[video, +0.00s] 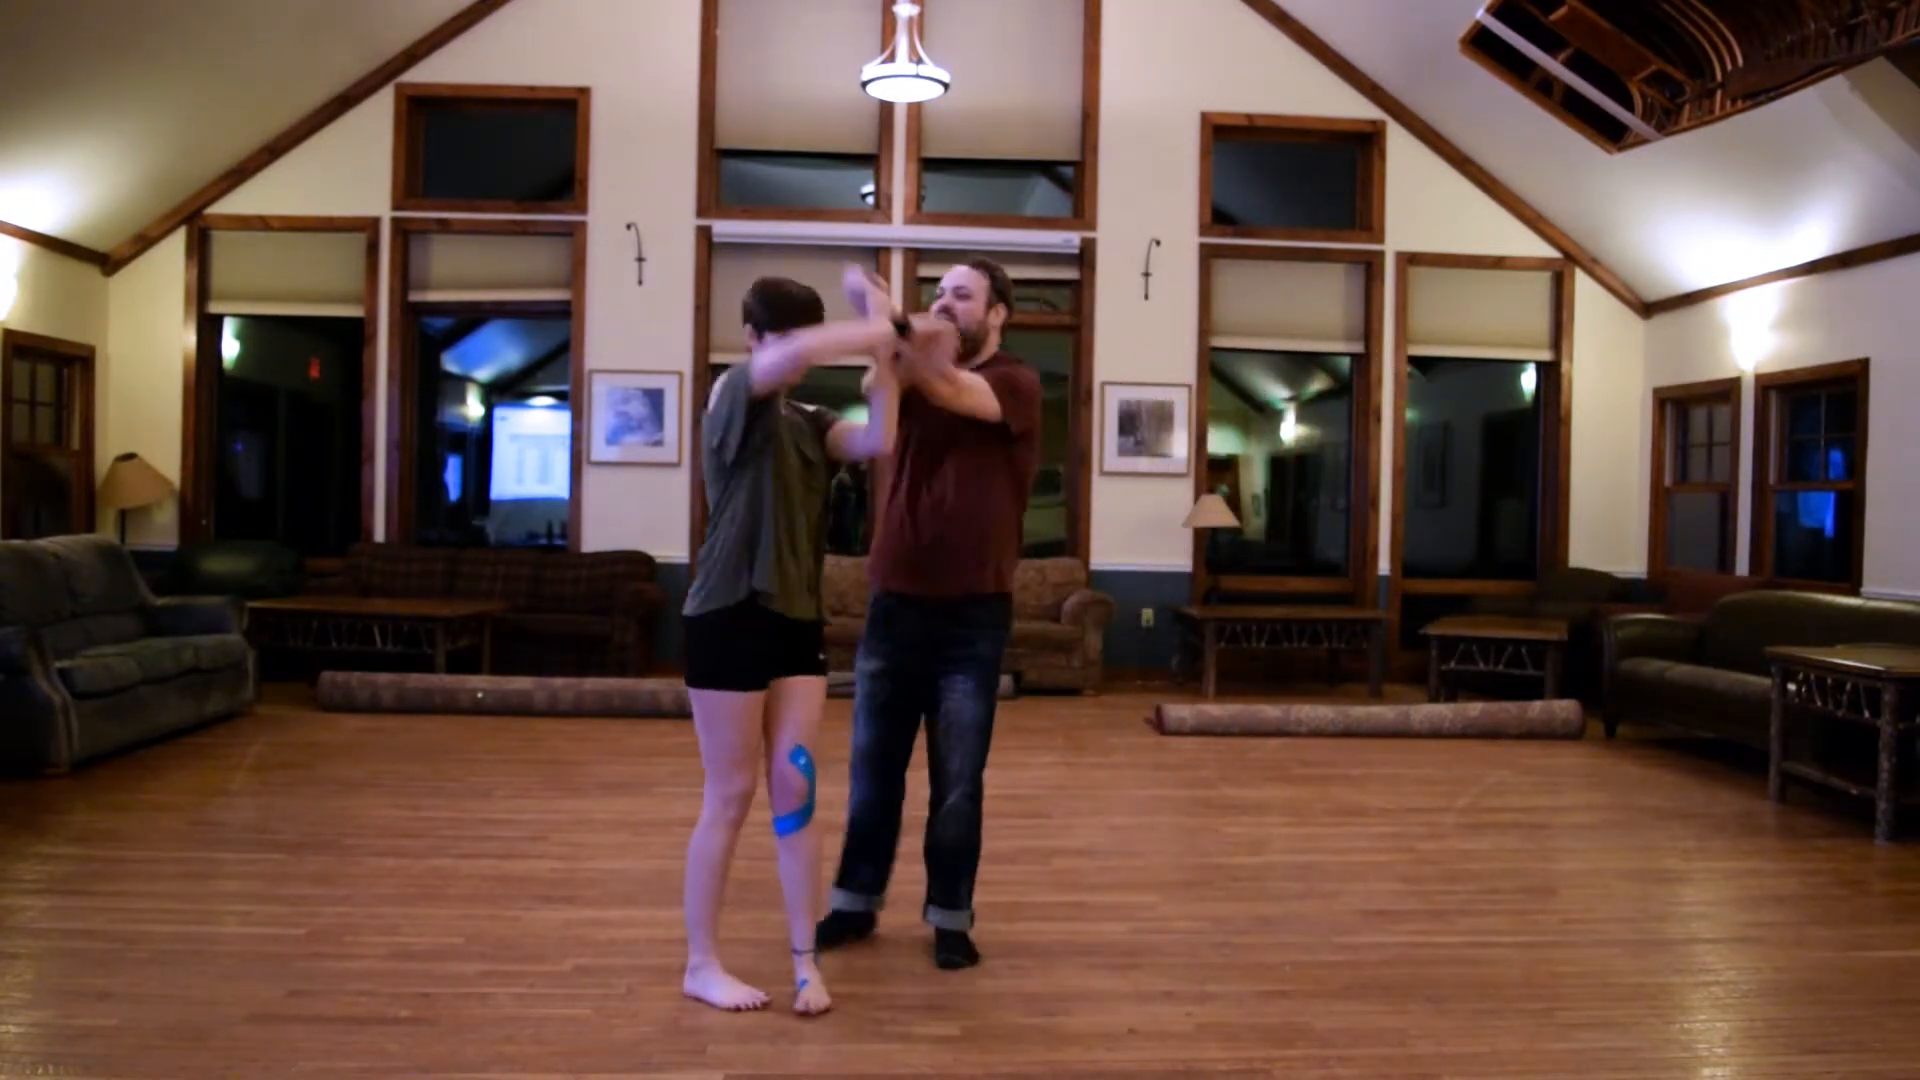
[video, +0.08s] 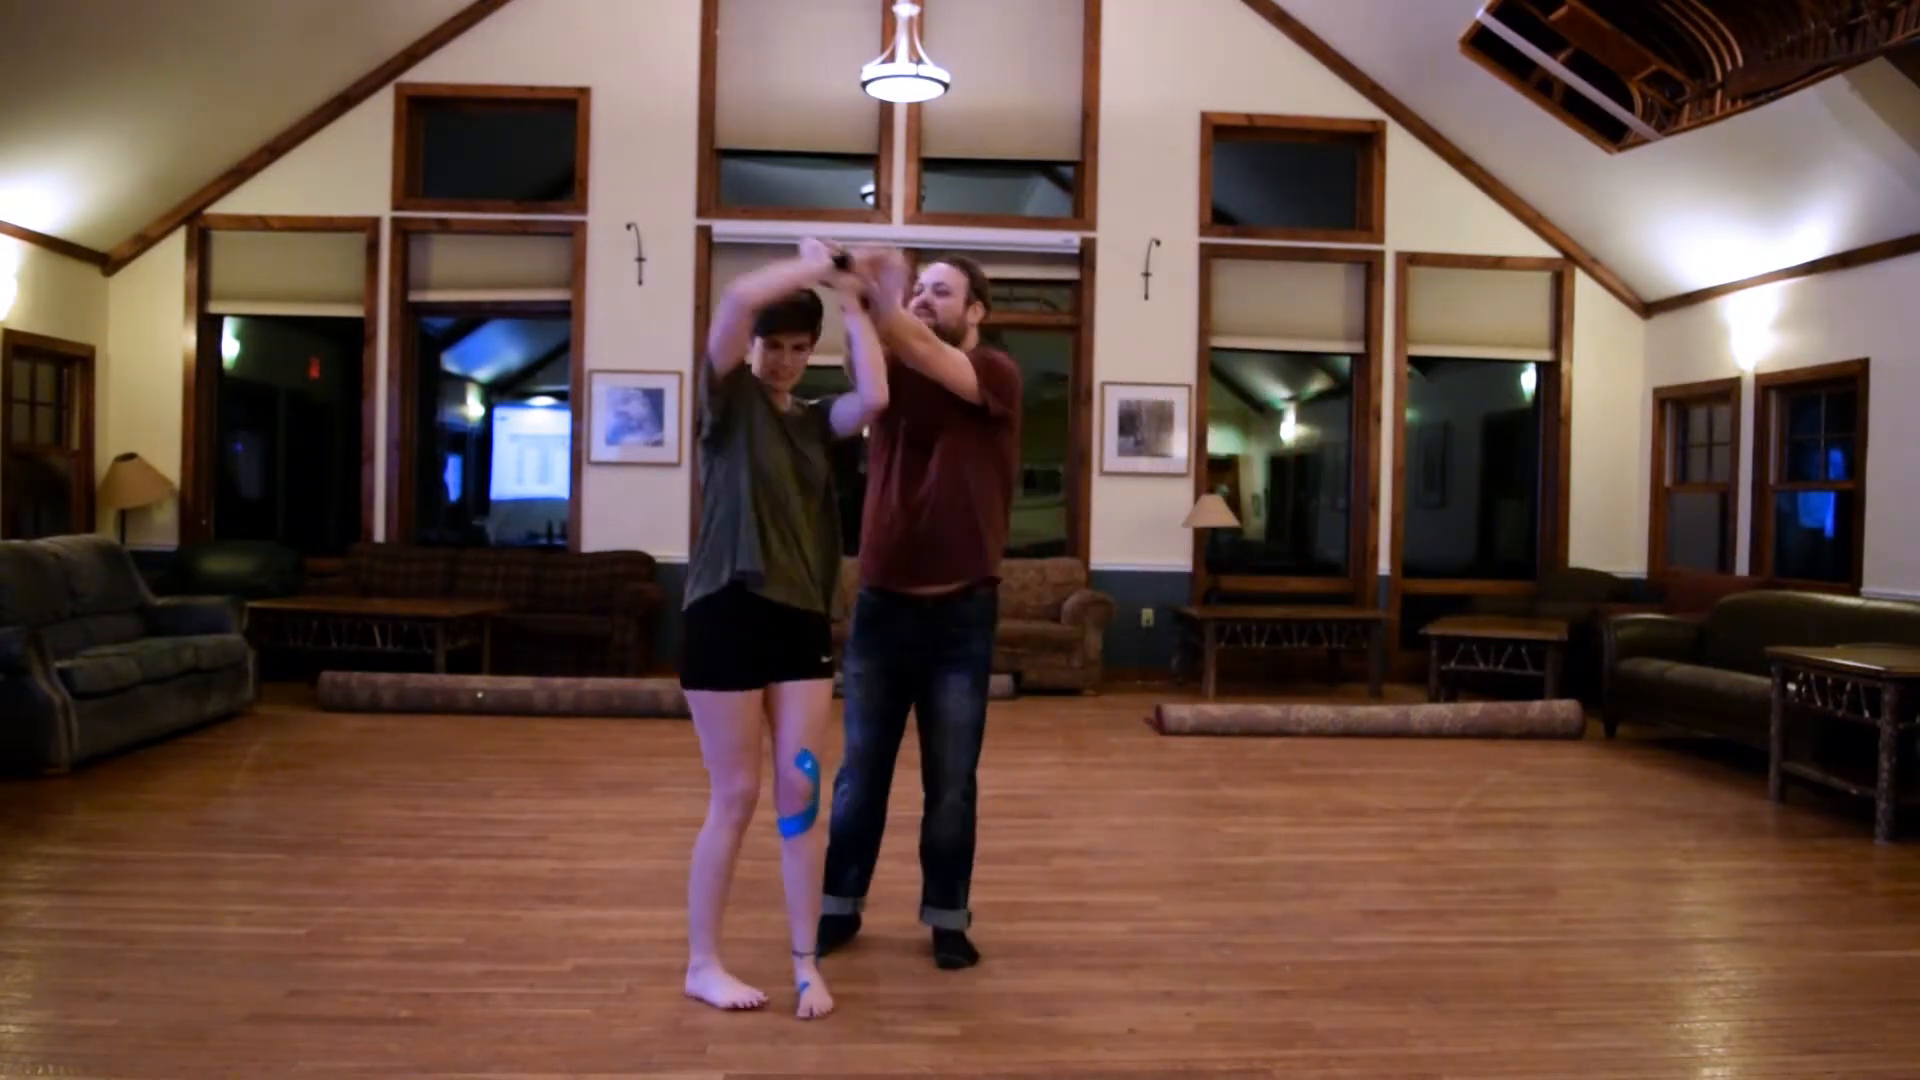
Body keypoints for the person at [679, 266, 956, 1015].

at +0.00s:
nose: (786, 354)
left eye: (792, 343)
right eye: (779, 343)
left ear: (778, 341)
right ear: (762, 342)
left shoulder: (810, 423)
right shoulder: (730, 403)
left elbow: (876, 439)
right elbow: (787, 353)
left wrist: (886, 360)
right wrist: (882, 329)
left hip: (796, 619)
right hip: (727, 616)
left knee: (793, 788)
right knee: (729, 794)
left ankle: (805, 960)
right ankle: (701, 965)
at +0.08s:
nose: (783, 357)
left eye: (797, 348)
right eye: (773, 345)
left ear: (811, 351)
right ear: (749, 341)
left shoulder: (819, 420)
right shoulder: (729, 405)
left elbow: (875, 395)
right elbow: (739, 299)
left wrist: (852, 297)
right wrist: (812, 266)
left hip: (802, 617)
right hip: (723, 611)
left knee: (801, 791)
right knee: (735, 795)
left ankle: (805, 964)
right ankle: (703, 964)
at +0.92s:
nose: (686, 337)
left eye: (684, 326)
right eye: (679, 326)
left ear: (619, 335)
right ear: (655, 334)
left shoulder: (585, 405)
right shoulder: (686, 401)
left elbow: (666, 402)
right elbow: (758, 394)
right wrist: (784, 307)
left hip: (586, 620)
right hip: (669, 620)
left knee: (612, 799)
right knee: (686, 798)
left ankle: (588, 966)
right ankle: (706, 960)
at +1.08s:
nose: (675, 340)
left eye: (673, 328)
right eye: (669, 329)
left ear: (608, 337)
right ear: (645, 335)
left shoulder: (571, 409)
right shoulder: (672, 408)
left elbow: (642, 414)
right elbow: (754, 397)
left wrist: (700, 392)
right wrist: (783, 312)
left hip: (578, 622)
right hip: (653, 621)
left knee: (603, 798)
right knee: (677, 798)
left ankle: (588, 966)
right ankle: (703, 961)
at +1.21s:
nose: (671, 337)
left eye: (669, 325)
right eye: (665, 325)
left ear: (603, 337)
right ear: (634, 334)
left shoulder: (564, 409)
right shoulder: (666, 408)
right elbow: (753, 400)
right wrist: (782, 309)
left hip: (574, 620)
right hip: (652, 617)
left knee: (597, 793)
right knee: (674, 793)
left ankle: (587, 962)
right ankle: (700, 960)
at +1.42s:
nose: (666, 339)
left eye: (664, 327)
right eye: (660, 327)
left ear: (597, 339)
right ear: (630, 335)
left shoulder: (561, 413)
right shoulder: (665, 409)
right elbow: (743, 399)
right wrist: (772, 309)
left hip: (574, 619)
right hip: (652, 617)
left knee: (594, 794)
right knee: (674, 793)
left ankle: (586, 964)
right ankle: (697, 960)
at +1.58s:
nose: (664, 342)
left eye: (664, 330)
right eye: (660, 329)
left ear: (595, 341)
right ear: (630, 337)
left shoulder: (560, 415)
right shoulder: (662, 409)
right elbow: (741, 401)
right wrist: (767, 314)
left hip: (578, 620)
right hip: (657, 619)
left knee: (596, 794)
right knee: (677, 795)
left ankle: (587, 964)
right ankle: (697, 961)